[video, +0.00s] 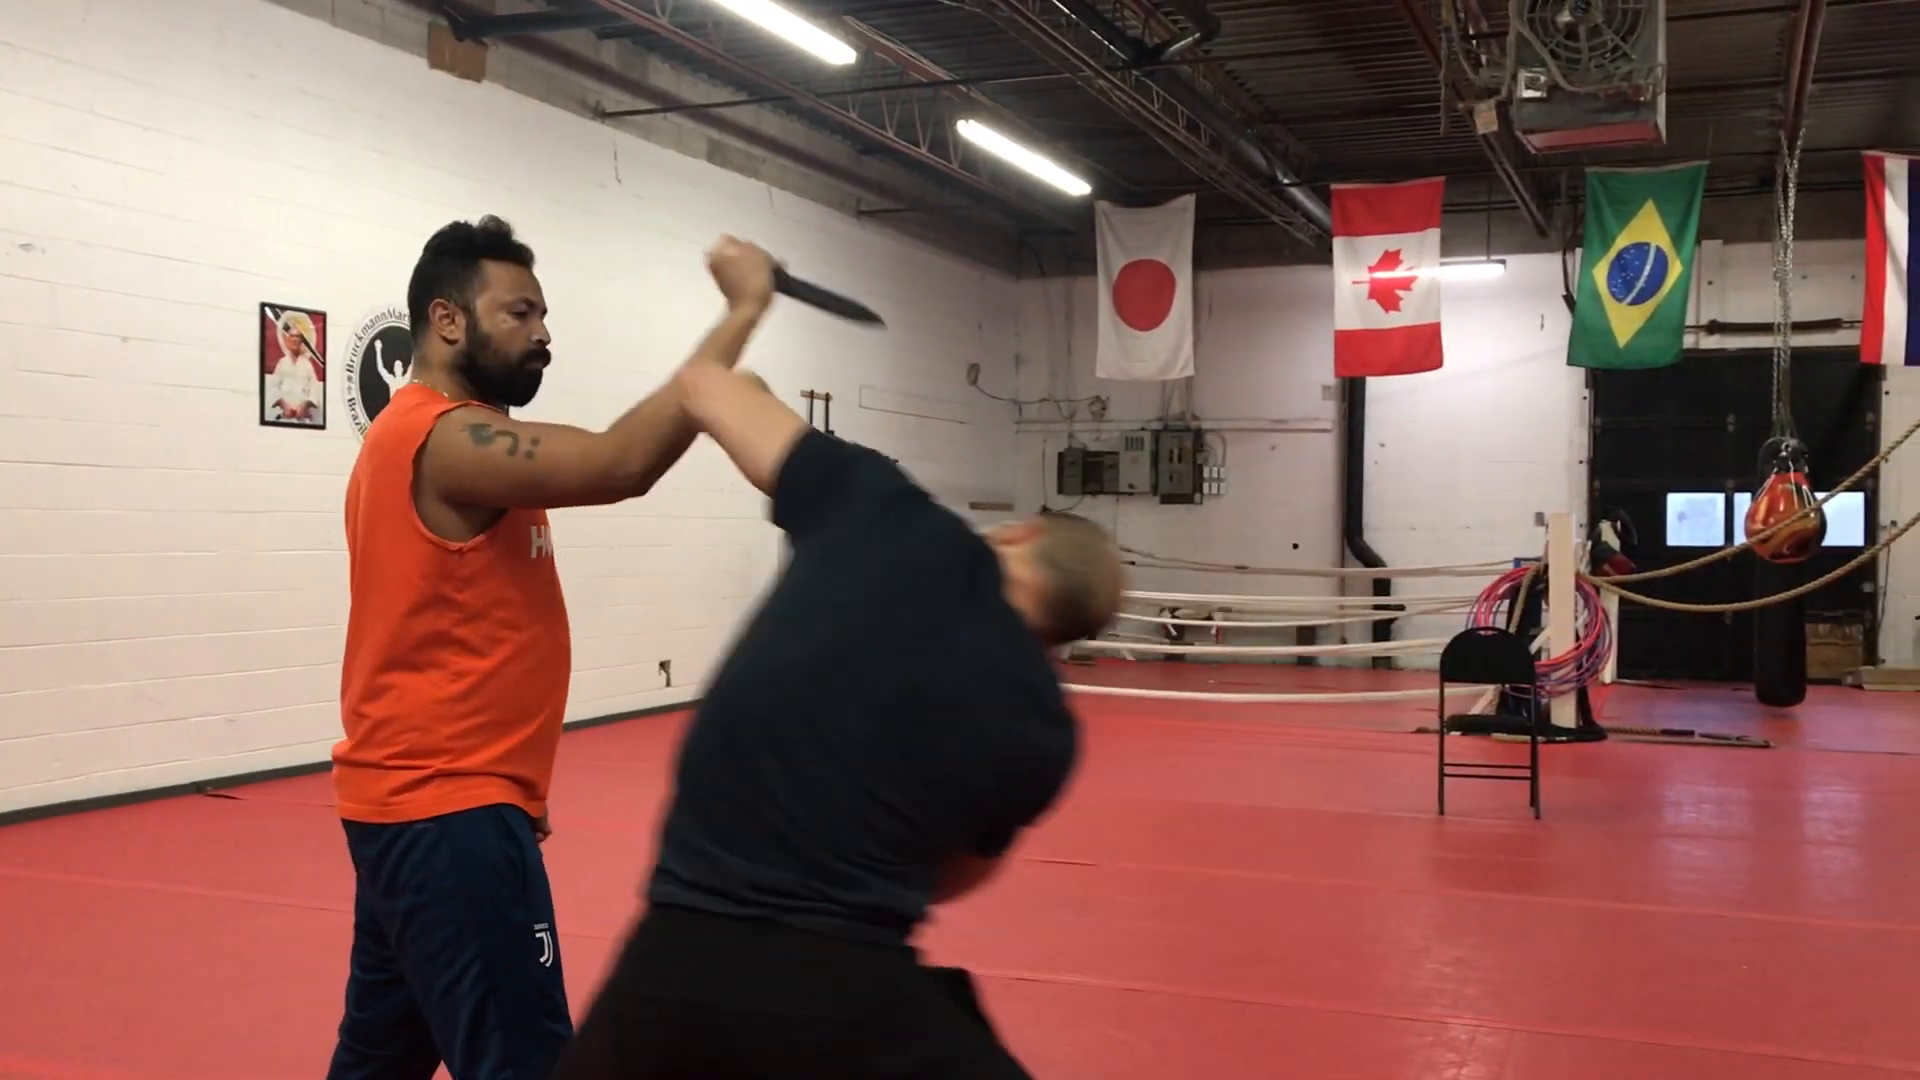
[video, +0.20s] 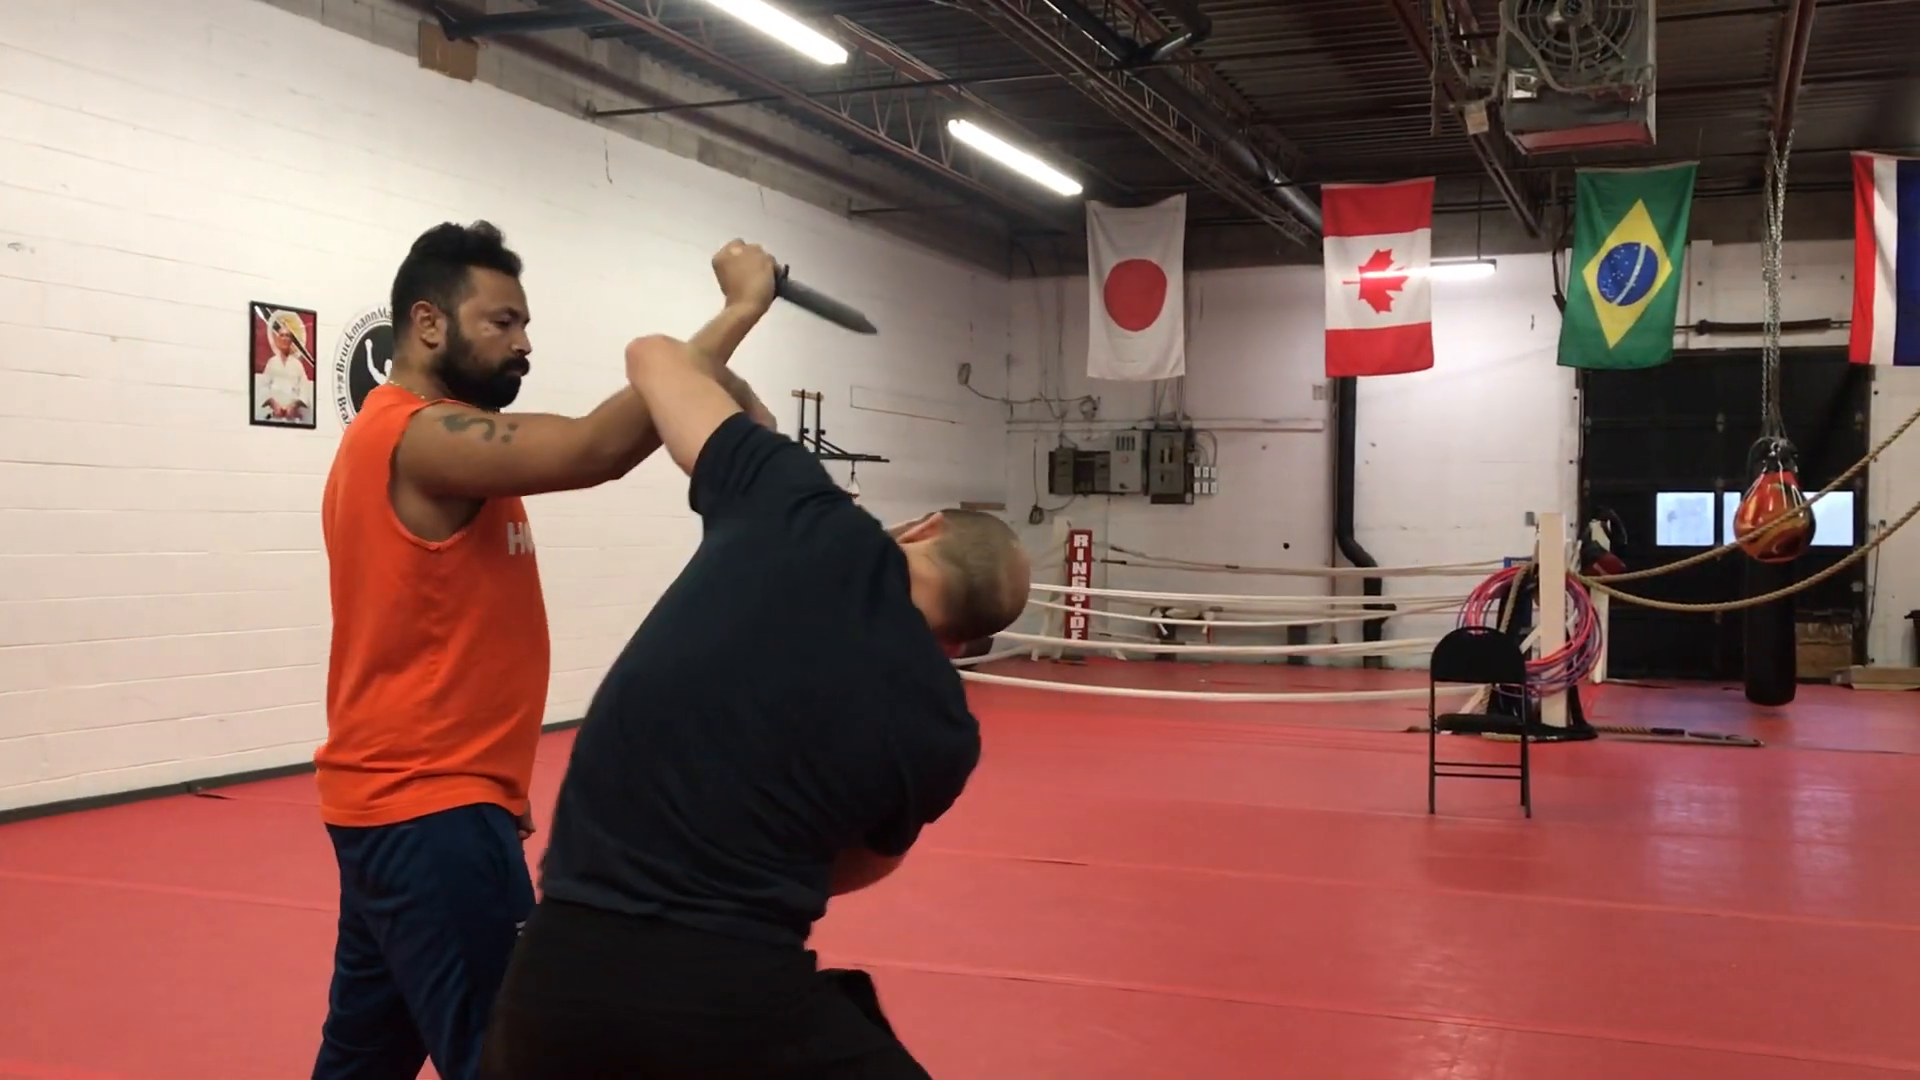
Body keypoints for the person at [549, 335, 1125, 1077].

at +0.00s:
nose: (1012, 517)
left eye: (1024, 517)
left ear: (1021, 530)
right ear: (1069, 640)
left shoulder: (874, 508)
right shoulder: (1041, 730)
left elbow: (704, 380)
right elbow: (953, 878)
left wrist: (747, 300)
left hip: (676, 971)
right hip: (862, 998)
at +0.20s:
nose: (913, 522)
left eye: (919, 520)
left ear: (922, 526)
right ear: (970, 647)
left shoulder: (785, 498)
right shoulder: (942, 736)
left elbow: (654, 354)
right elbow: (846, 871)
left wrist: (740, 402)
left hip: (566, 965)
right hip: (748, 994)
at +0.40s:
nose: (888, 524)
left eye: (898, 522)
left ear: (899, 531)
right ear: (948, 651)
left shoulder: (769, 508)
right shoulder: (928, 745)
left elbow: (628, 369)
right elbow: (824, 881)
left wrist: (716, 328)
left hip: (550, 979)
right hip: (736, 1004)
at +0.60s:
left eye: (901, 510)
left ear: (908, 514)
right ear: (958, 639)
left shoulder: (765, 494)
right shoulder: (937, 731)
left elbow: (620, 369)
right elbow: (843, 871)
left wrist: (703, 325)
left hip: (562, 972)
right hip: (749, 999)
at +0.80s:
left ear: (914, 508)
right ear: (962, 635)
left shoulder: (773, 490)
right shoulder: (947, 725)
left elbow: (629, 369)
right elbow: (853, 870)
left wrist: (710, 325)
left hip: (573, 970)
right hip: (758, 993)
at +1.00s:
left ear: (947, 460)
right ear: (1004, 578)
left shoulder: (802, 459)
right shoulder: (988, 674)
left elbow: (642, 380)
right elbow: (905, 855)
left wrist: (726, 344)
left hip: (631, 936)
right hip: (808, 965)